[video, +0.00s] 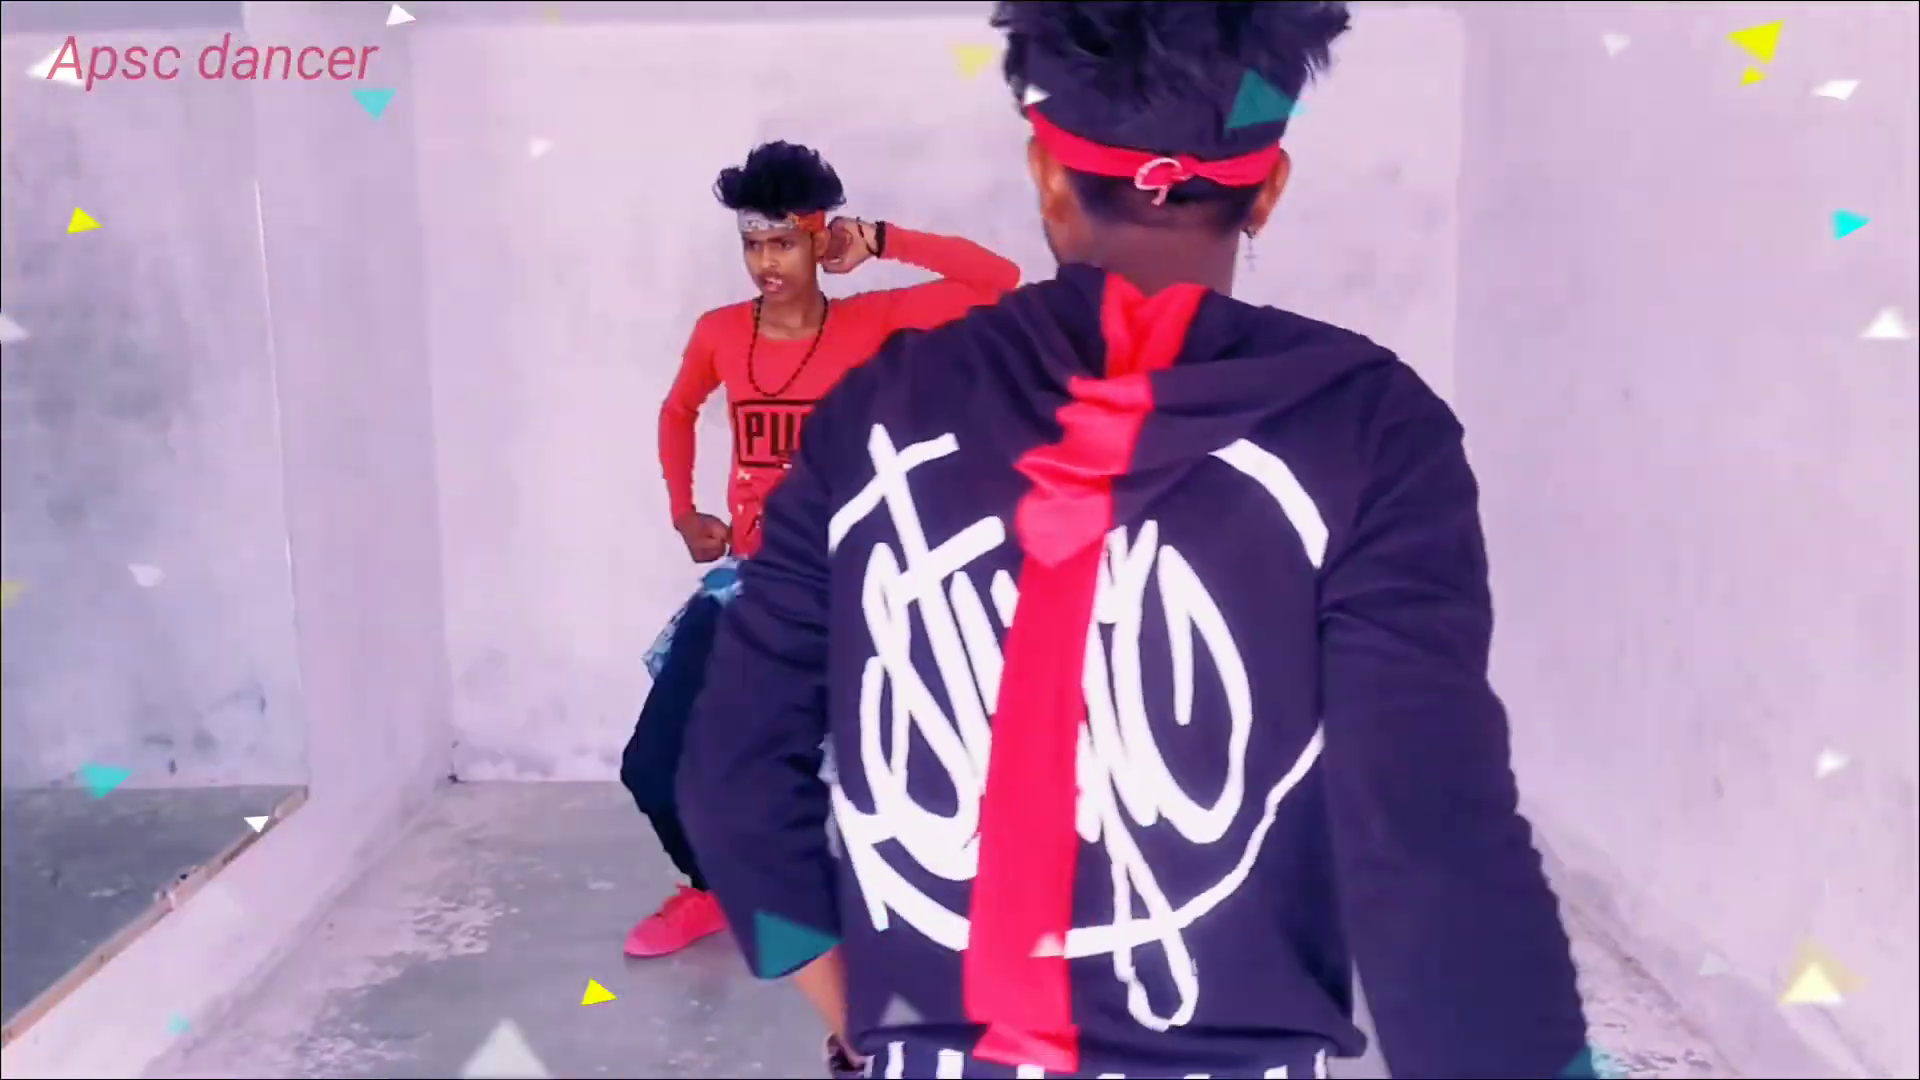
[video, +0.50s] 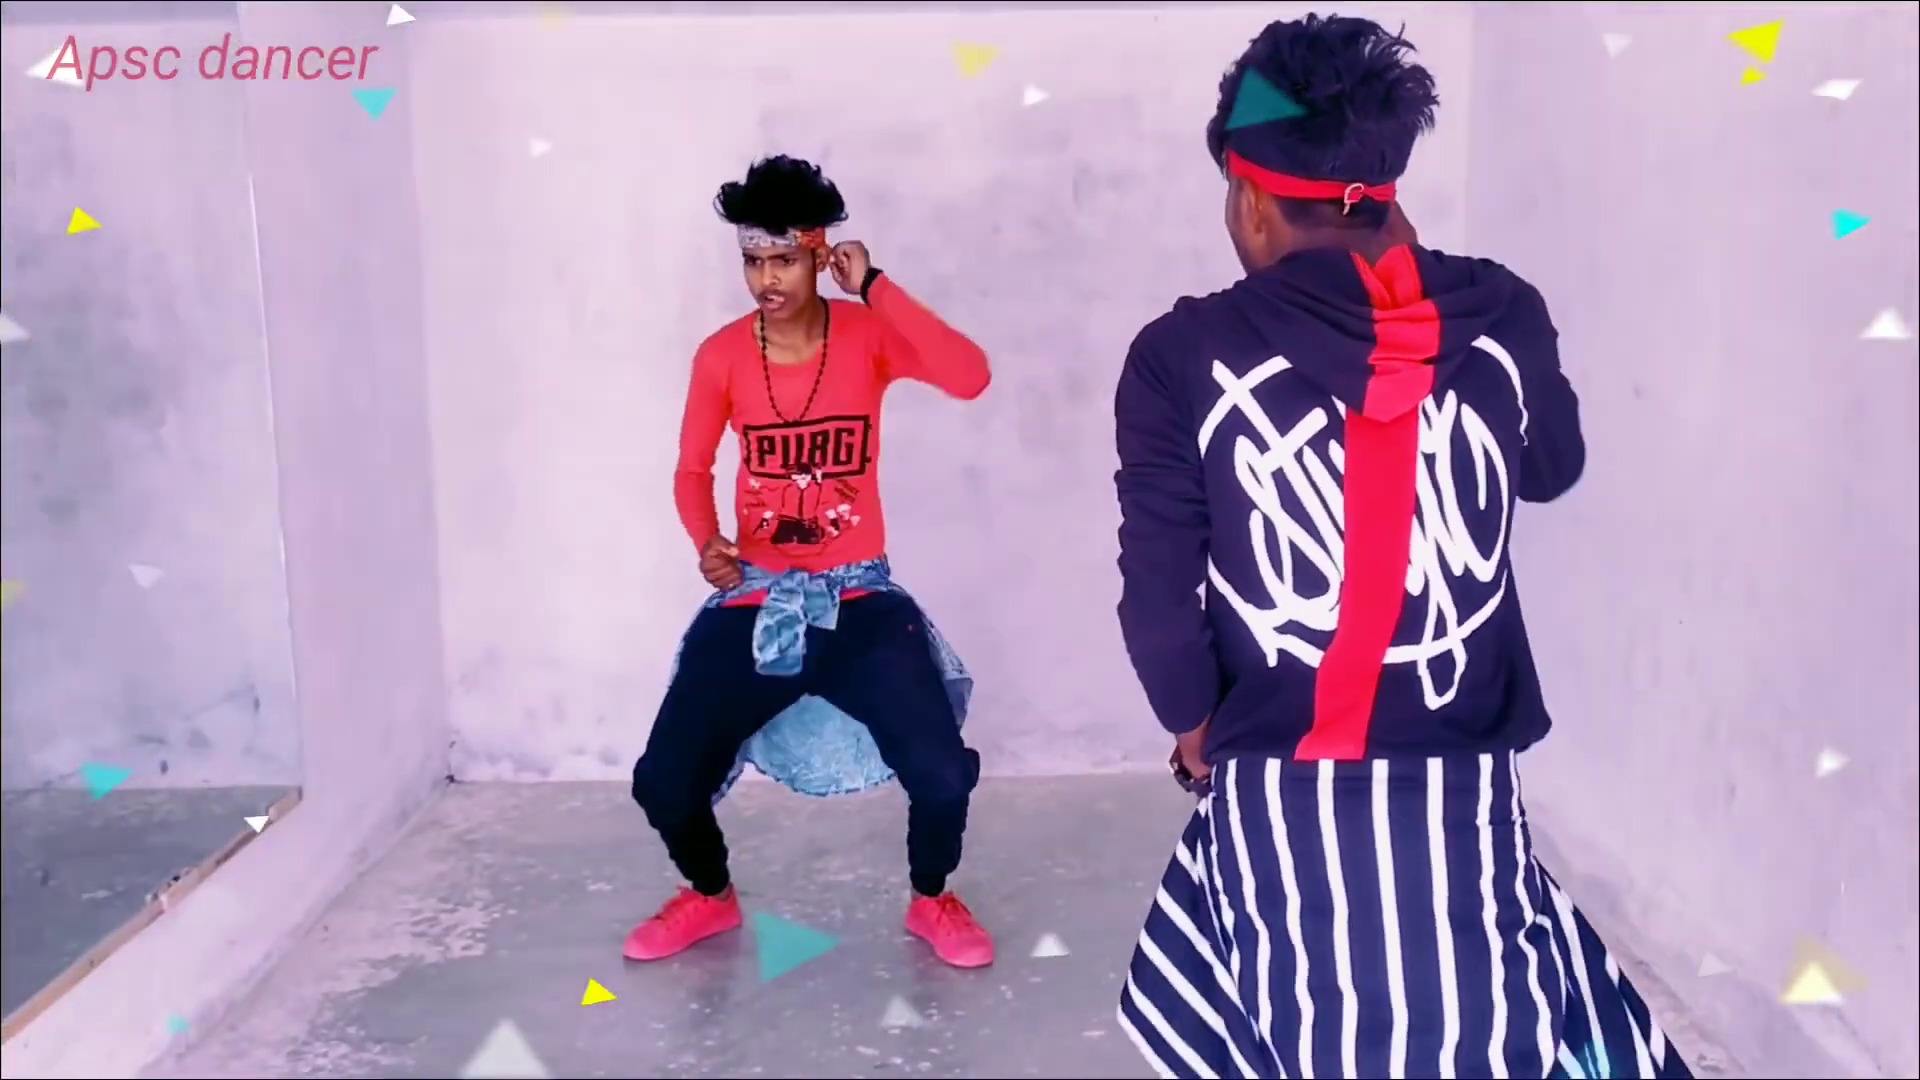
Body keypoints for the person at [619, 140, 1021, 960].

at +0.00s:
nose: (764, 261)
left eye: (782, 243)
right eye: (753, 244)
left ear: (823, 242)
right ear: (742, 246)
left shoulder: (871, 324)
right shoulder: (721, 336)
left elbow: (1003, 283)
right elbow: (679, 414)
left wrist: (884, 241)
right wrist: (684, 511)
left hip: (848, 574)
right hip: (745, 579)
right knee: (652, 763)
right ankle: (708, 885)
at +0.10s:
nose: (763, 268)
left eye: (781, 251)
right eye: (752, 251)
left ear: (823, 250)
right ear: (742, 253)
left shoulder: (874, 326)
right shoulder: (723, 339)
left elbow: (992, 292)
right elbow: (671, 436)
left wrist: (878, 251)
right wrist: (695, 534)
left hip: (852, 593)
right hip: (750, 596)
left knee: (910, 743)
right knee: (663, 778)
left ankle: (930, 893)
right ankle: (711, 897)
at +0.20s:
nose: (760, 271)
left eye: (776, 252)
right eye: (748, 255)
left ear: (818, 247)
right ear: (736, 257)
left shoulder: (874, 324)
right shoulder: (724, 335)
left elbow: (995, 292)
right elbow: (673, 416)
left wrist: (876, 255)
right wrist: (693, 512)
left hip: (854, 594)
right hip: (751, 596)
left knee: (930, 774)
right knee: (676, 782)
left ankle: (929, 902)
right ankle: (713, 900)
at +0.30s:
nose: (759, 269)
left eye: (775, 249)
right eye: (746, 252)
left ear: (818, 246)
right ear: (735, 255)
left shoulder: (875, 325)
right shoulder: (721, 334)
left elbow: (999, 281)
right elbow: (691, 403)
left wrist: (892, 243)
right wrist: (684, 497)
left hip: (861, 611)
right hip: (755, 615)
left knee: (940, 776)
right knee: (673, 784)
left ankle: (932, 900)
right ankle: (711, 899)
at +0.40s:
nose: (760, 276)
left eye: (778, 256)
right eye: (748, 258)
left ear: (820, 252)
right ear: (736, 260)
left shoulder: (876, 334)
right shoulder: (722, 345)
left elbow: (1001, 296)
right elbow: (694, 425)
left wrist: (893, 249)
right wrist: (686, 515)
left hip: (863, 611)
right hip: (756, 614)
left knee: (946, 770)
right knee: (667, 779)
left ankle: (932, 901)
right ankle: (712, 898)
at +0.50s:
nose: (766, 277)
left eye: (784, 259)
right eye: (753, 260)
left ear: (821, 260)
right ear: (741, 261)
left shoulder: (871, 334)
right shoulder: (725, 355)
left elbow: (969, 377)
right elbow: (693, 469)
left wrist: (875, 288)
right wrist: (708, 542)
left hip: (858, 602)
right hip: (750, 606)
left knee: (945, 773)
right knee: (663, 781)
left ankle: (931, 901)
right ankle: (710, 896)